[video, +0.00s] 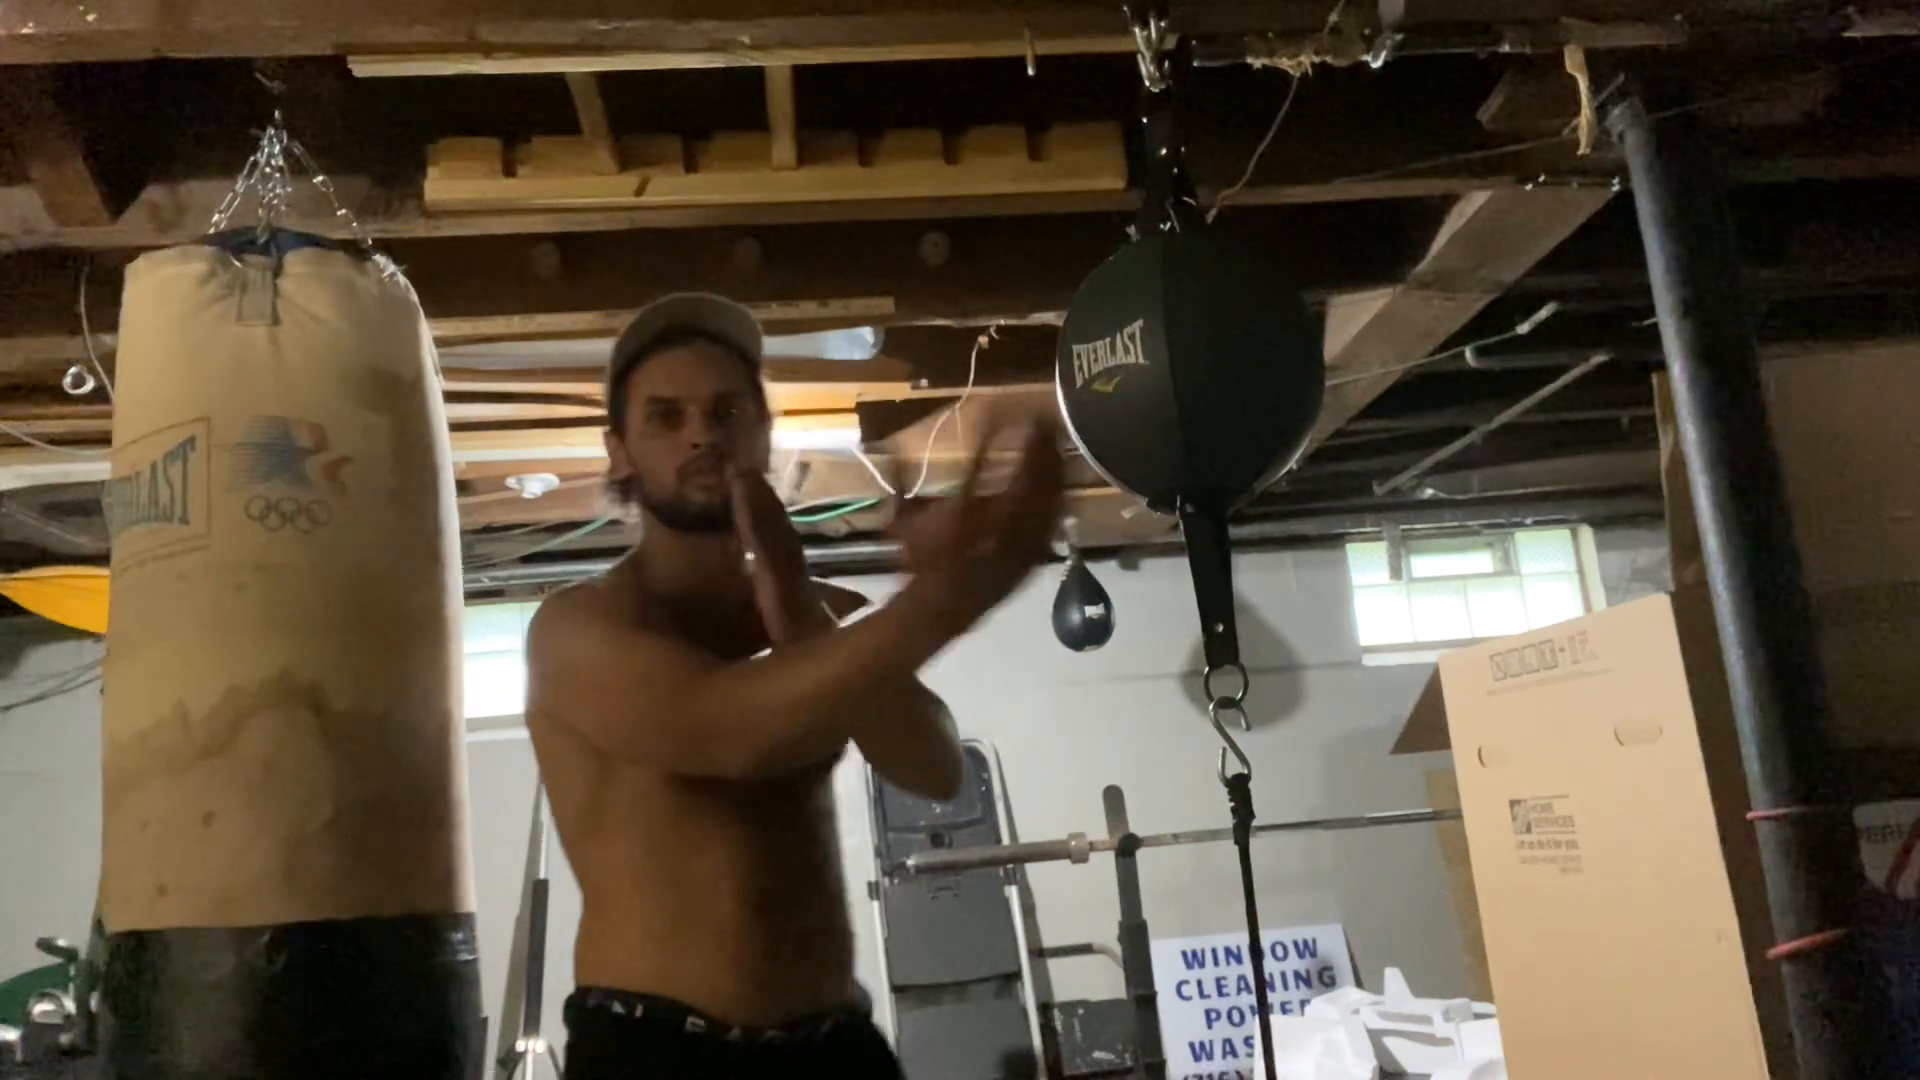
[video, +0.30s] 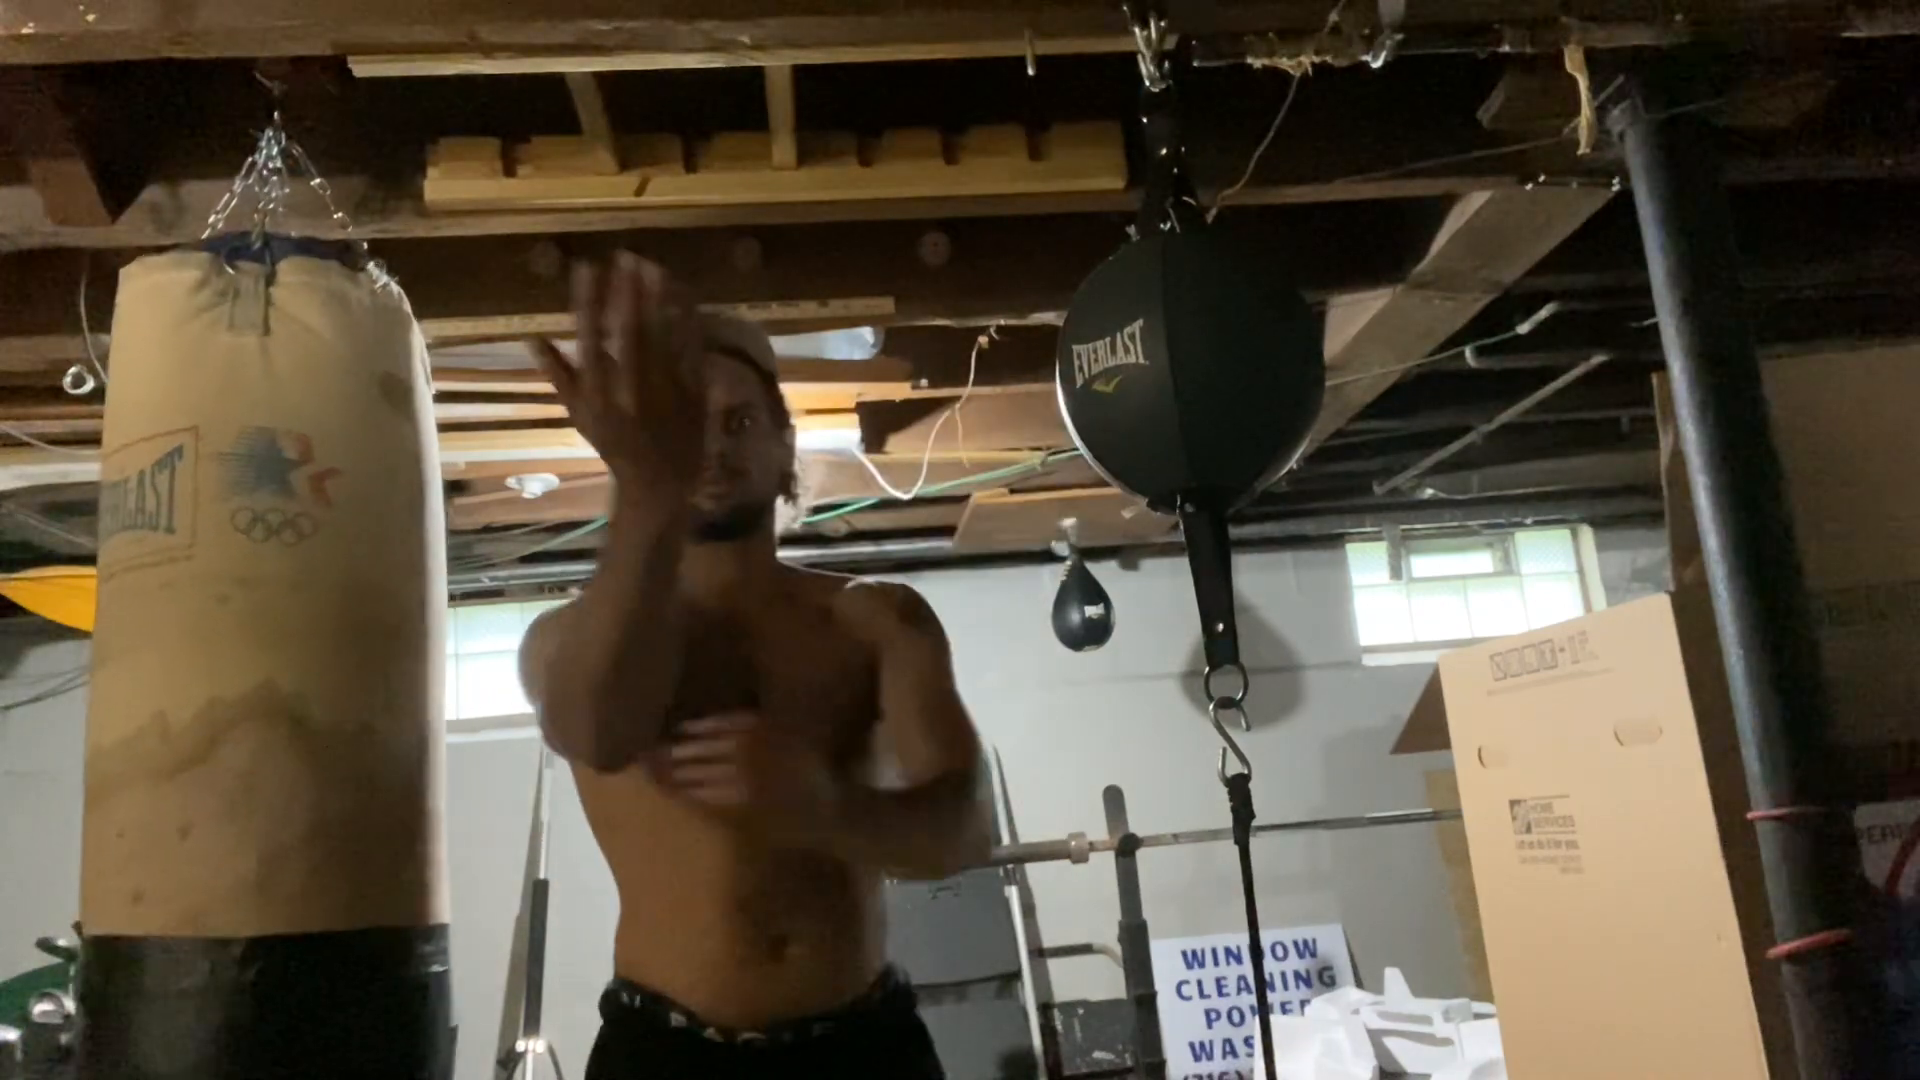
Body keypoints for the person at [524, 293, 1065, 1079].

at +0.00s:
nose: (703, 439)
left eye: (727, 412)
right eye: (665, 417)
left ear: (767, 439)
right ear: (621, 455)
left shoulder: (823, 613)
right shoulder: (576, 628)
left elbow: (936, 772)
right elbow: (734, 732)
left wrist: (806, 638)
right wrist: (942, 599)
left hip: (829, 1044)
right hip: (652, 1047)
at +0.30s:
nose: (712, 448)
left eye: (738, 421)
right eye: (685, 424)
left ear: (787, 453)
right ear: (648, 454)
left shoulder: (881, 621)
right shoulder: (576, 638)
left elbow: (962, 826)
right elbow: (600, 734)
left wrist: (820, 803)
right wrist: (646, 495)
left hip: (859, 1047)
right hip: (667, 1052)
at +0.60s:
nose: (689, 452)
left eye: (719, 423)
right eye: (660, 429)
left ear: (771, 444)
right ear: (629, 458)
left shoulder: (860, 606)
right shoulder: (576, 638)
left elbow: (810, 776)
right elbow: (574, 804)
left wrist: (547, 742)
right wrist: (586, 562)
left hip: (837, 1039)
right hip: (649, 1051)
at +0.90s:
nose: (763, 424)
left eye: (790, 394)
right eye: (735, 412)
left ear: (859, 423)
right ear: (716, 456)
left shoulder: (926, 564)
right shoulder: (725, 618)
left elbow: (751, 696)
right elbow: (625, 801)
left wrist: (404, 610)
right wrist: (608, 589)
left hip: (938, 1015)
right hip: (779, 1034)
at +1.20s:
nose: (789, 437)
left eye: (817, 403)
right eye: (765, 416)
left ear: (890, 421)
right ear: (745, 441)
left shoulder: (955, 563)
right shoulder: (769, 615)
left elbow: (786, 689)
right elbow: (650, 787)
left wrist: (433, 613)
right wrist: (618, 567)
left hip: (951, 1017)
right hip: (800, 1029)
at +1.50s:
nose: (777, 431)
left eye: (806, 401)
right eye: (748, 409)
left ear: (859, 426)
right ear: (720, 438)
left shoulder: (946, 584)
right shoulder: (689, 603)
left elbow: (912, 743)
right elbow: (594, 735)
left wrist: (656, 662)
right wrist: (629, 505)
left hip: (927, 1007)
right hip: (748, 1027)